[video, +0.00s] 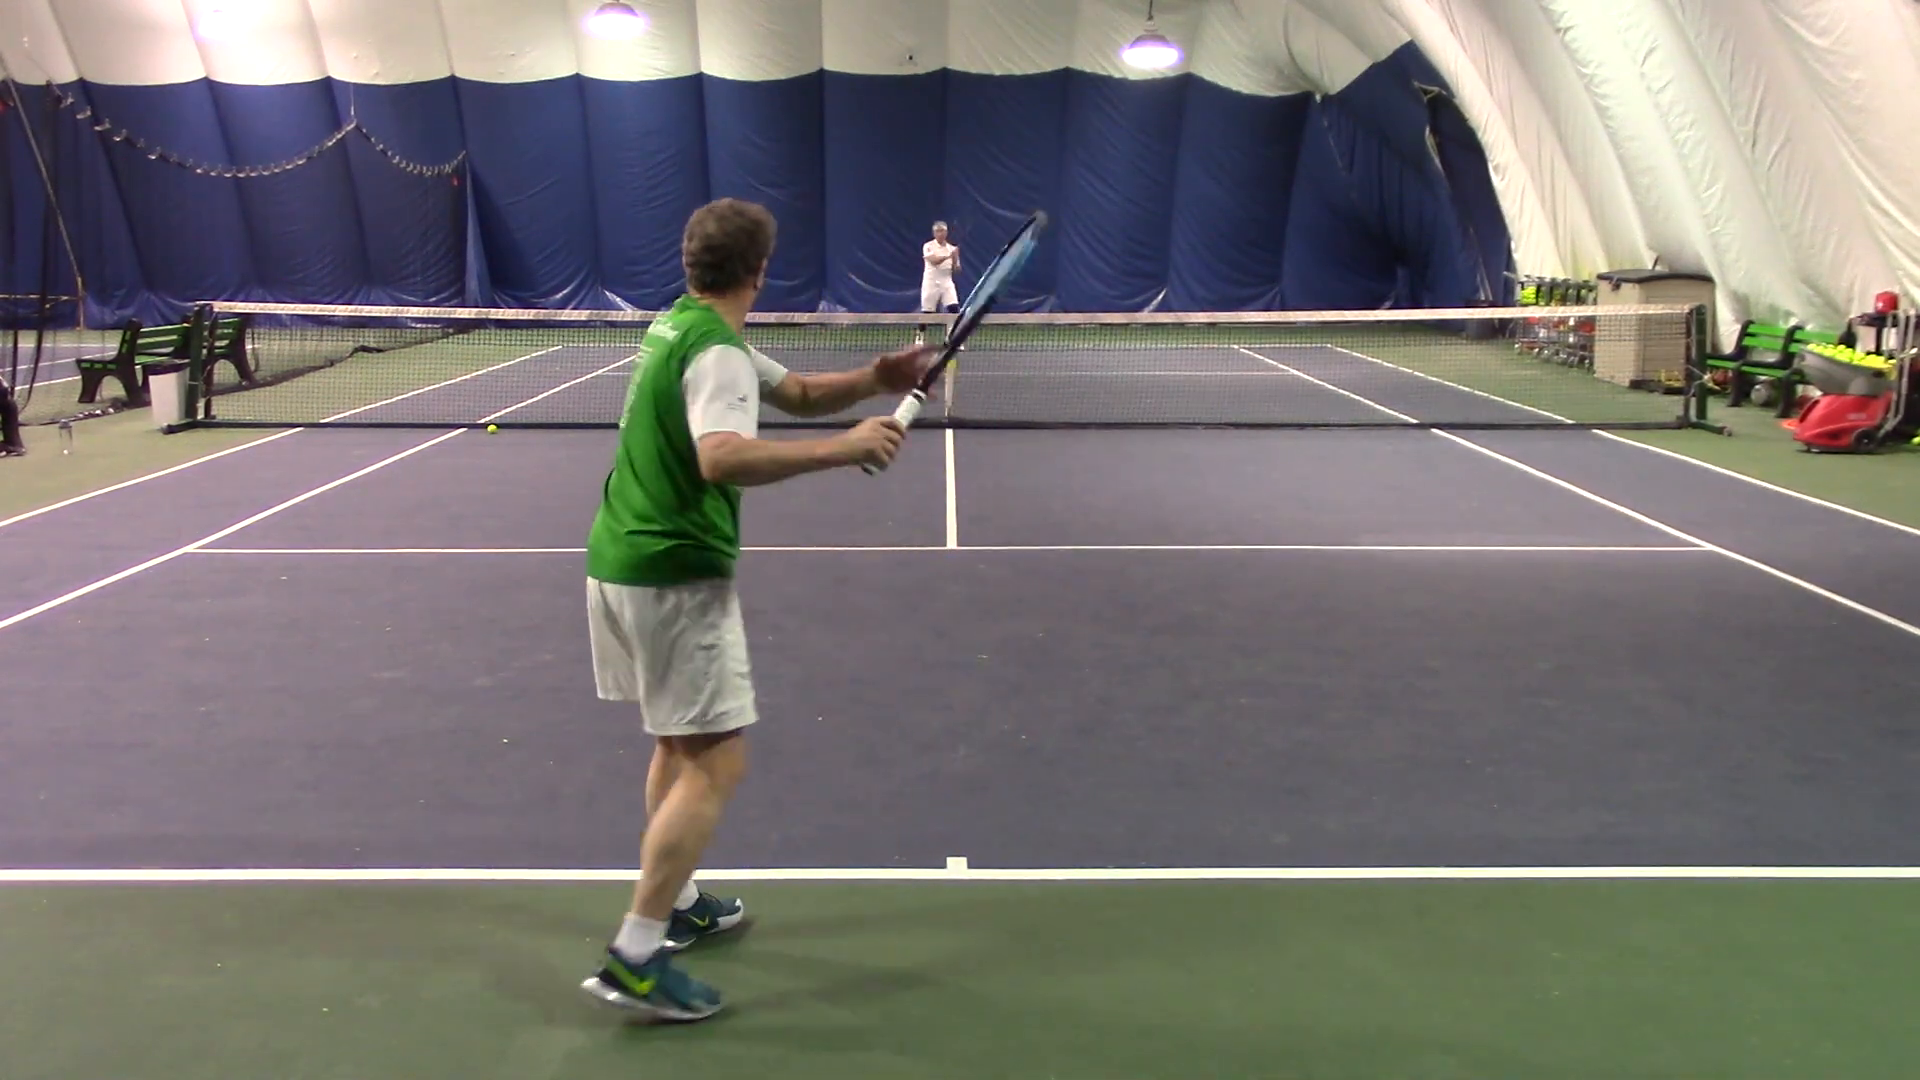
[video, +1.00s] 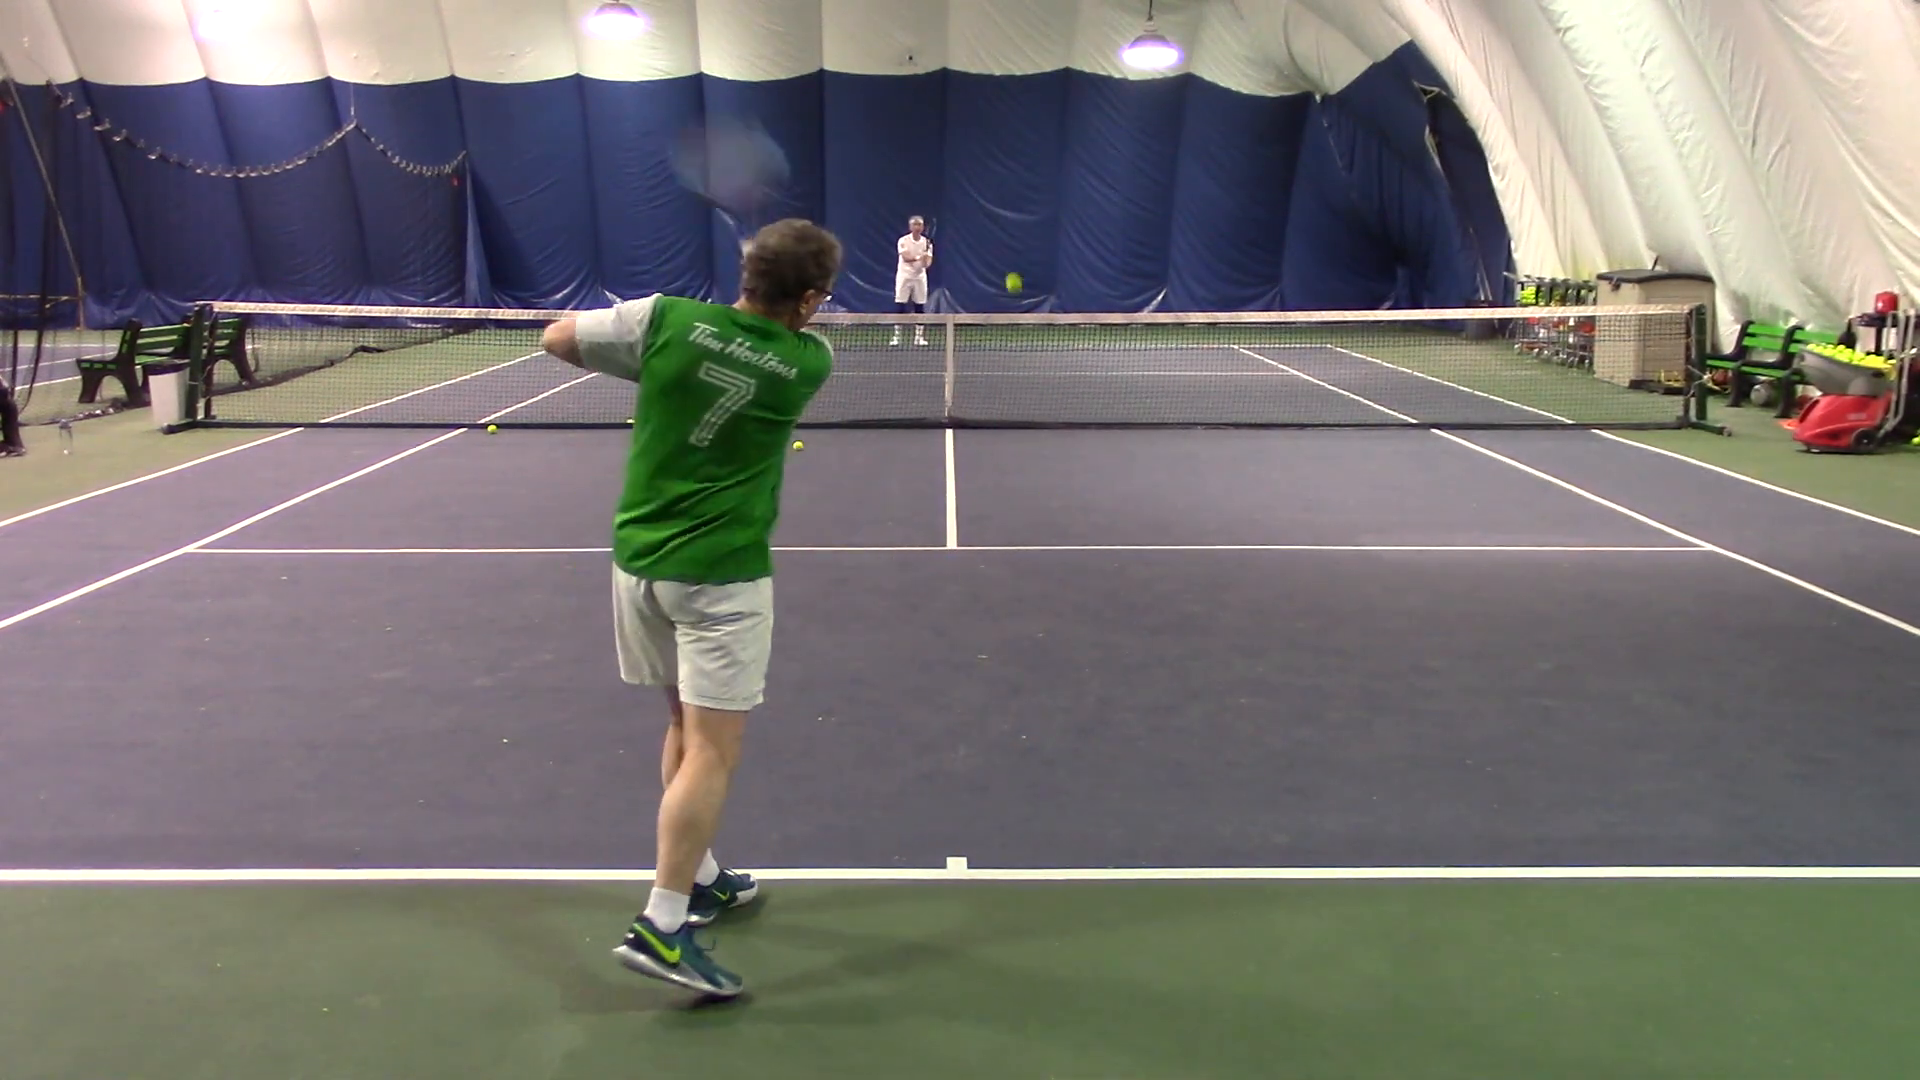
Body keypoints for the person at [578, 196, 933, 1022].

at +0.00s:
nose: (769, 273)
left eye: (761, 260)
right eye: (769, 262)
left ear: (691, 265)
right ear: (759, 272)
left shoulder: (676, 330)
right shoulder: (718, 350)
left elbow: (791, 392)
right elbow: (721, 456)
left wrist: (877, 377)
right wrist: (840, 448)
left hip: (624, 570)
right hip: (677, 580)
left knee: (675, 746)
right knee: (717, 764)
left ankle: (669, 903)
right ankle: (634, 953)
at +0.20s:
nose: (761, 290)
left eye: (757, 278)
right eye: (761, 279)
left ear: (685, 275)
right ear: (747, 287)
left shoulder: (689, 343)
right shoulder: (685, 350)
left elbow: (782, 409)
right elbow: (660, 445)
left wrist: (849, 365)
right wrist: (768, 444)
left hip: (638, 581)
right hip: (640, 589)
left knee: (684, 751)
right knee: (665, 785)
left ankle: (675, 900)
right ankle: (609, 978)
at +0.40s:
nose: (765, 290)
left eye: (765, 279)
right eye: (765, 279)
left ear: (686, 275)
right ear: (750, 286)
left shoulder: (667, 337)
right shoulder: (688, 351)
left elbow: (709, 426)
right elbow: (665, 446)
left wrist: (788, 396)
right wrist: (740, 471)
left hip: (622, 577)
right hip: (635, 587)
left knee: (673, 738)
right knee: (670, 784)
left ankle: (677, 877)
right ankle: (611, 976)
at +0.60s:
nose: (782, 305)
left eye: (784, 293)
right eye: (782, 294)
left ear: (704, 285)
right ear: (763, 298)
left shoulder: (660, 337)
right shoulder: (715, 373)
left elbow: (608, 411)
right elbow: (736, 487)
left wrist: (718, 406)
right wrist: (826, 536)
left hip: (600, 583)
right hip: (655, 595)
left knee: (670, 746)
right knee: (668, 786)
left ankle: (694, 880)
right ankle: (611, 977)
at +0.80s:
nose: (787, 302)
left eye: (788, 289)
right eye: (788, 290)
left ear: (709, 279)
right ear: (765, 295)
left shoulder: (636, 324)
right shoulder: (764, 383)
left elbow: (571, 368)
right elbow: (820, 482)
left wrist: (629, 341)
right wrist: (901, 496)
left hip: (616, 570)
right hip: (693, 582)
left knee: (677, 733)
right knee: (684, 764)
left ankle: (697, 880)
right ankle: (626, 946)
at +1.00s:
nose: (825, 299)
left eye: (825, 288)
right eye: (825, 290)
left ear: (745, 277)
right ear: (807, 300)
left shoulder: (666, 320)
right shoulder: (808, 365)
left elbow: (558, 336)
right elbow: (758, 360)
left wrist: (628, 349)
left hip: (640, 562)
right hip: (724, 574)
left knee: (684, 723)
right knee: (711, 750)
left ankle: (699, 878)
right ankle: (659, 923)